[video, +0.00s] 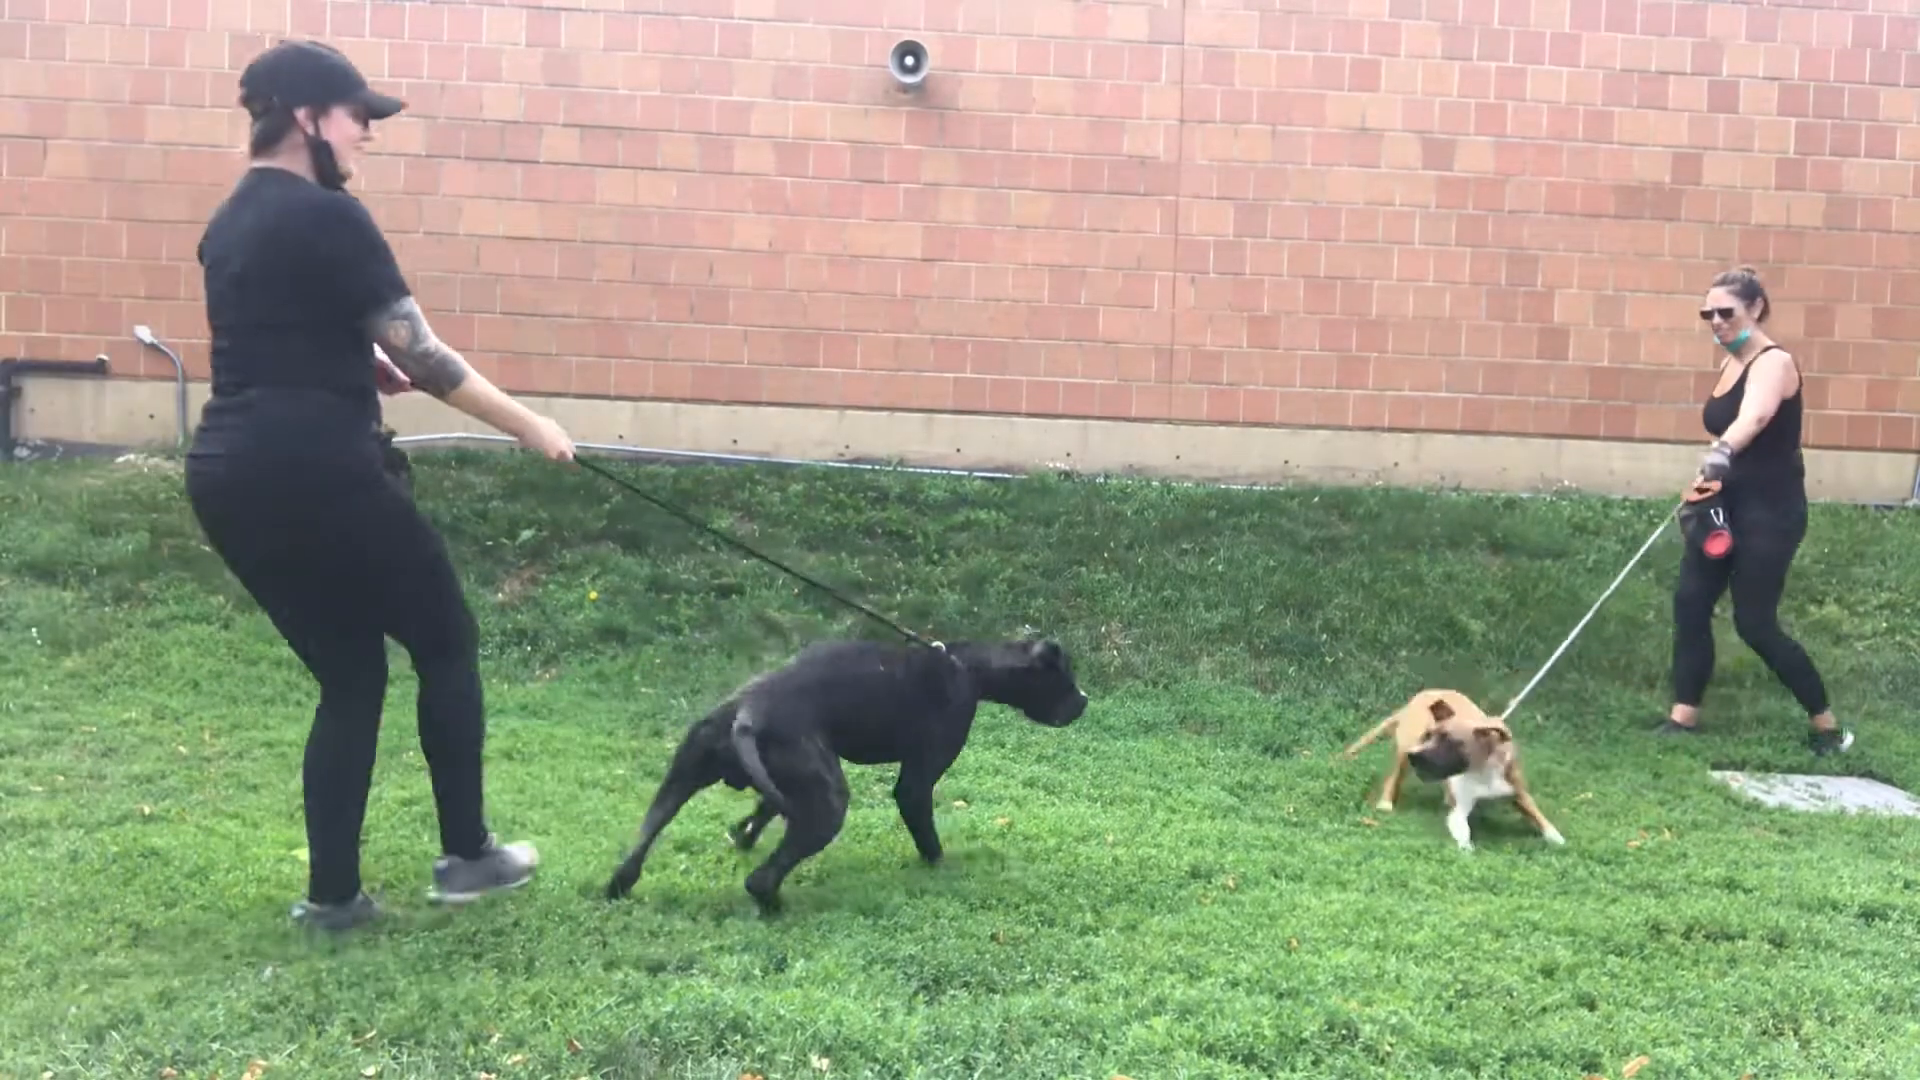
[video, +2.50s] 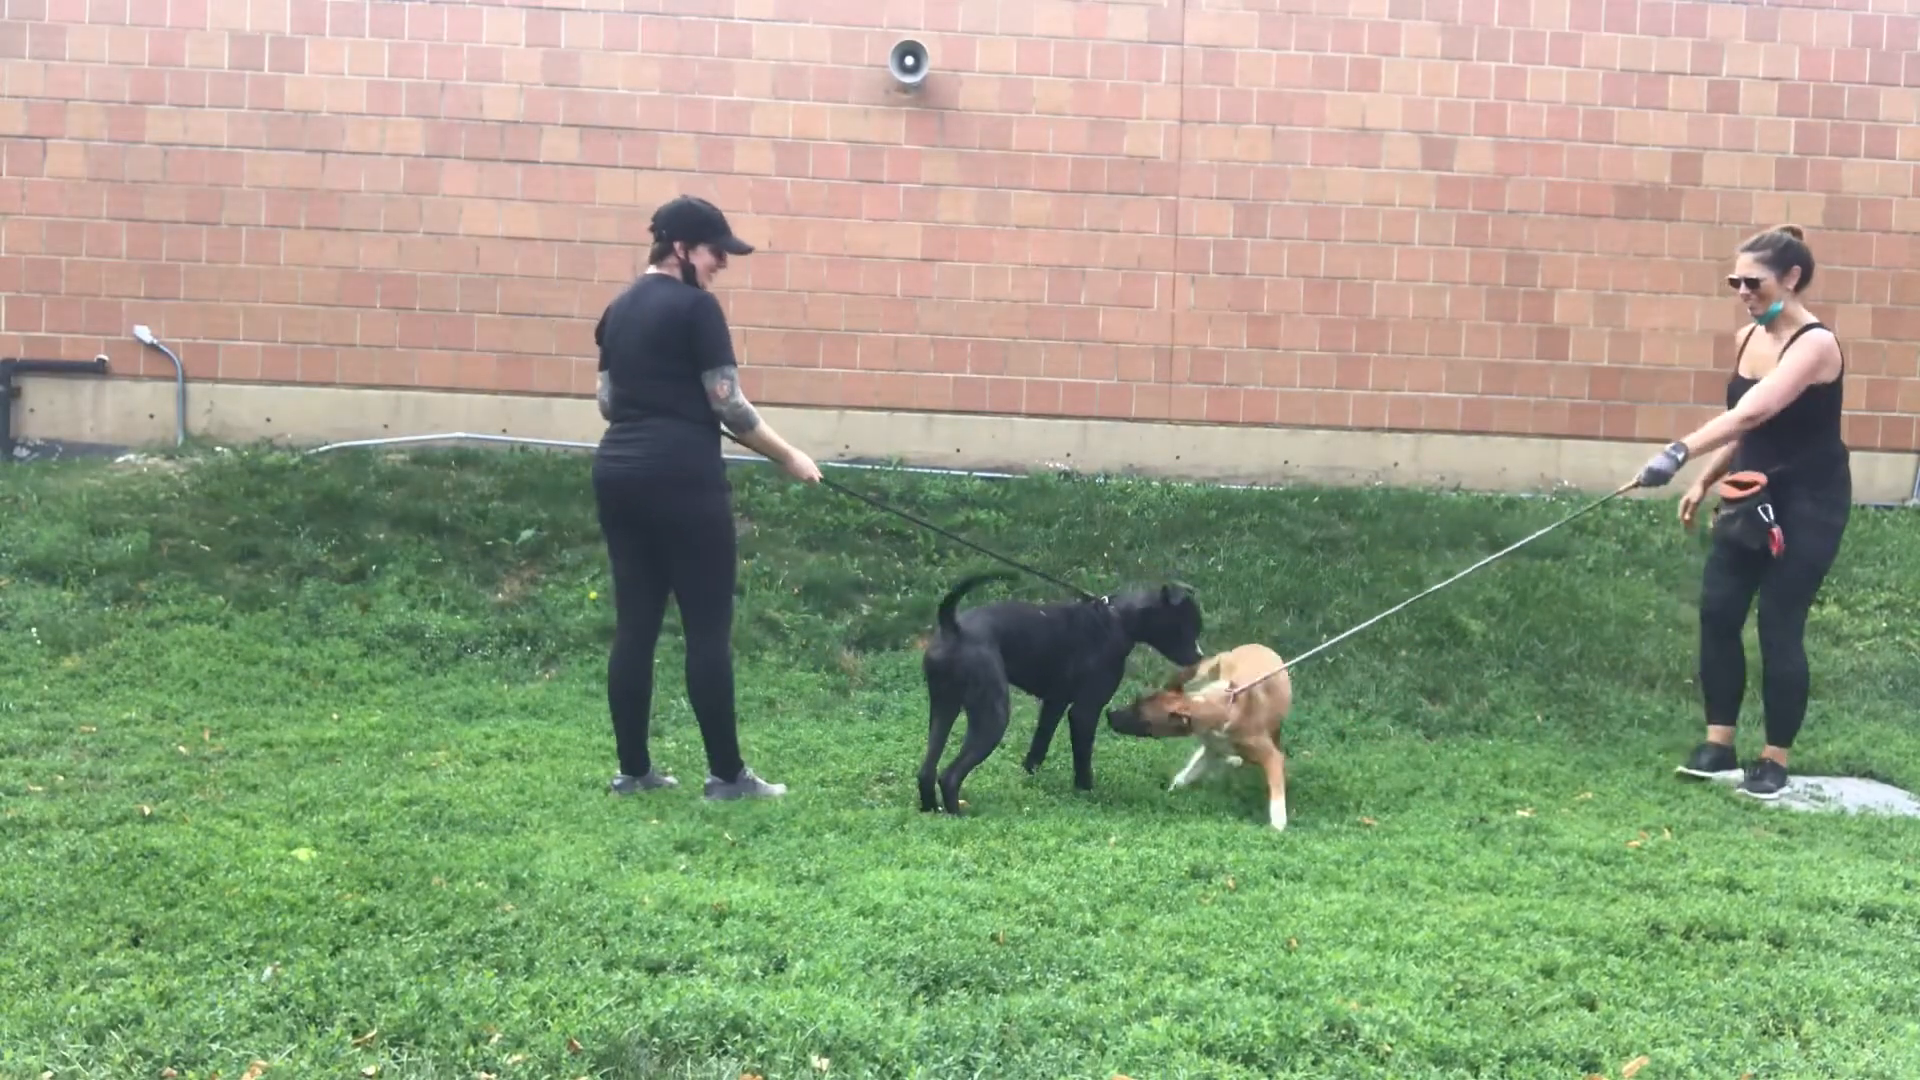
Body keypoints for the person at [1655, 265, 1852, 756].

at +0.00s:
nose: (1715, 323)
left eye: (1724, 313)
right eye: (1709, 315)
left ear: (1755, 309)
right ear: (1707, 316)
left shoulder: (1774, 362)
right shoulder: (1733, 363)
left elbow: (1755, 417)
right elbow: (1734, 434)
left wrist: (1720, 451)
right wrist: (1707, 489)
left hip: (1770, 512)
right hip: (1728, 506)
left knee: (1754, 622)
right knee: (1691, 600)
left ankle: (1824, 721)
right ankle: (1684, 715)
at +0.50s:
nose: (1647, 328)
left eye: (1657, 318)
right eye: (1641, 320)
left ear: (1687, 314)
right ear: (1638, 321)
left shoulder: (1702, 369)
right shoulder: (1673, 370)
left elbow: (1665, 439)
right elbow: (1671, 458)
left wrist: (1614, 475)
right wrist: (1640, 510)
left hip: (1707, 516)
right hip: (1674, 513)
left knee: (1665, 623)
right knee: (1631, 612)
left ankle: (1665, 749)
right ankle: (1677, 711)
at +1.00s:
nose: (1647, 318)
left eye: (1656, 308)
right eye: (1641, 310)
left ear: (1688, 302)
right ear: (1641, 309)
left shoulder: (1710, 357)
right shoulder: (1676, 356)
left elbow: (1702, 446)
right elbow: (1672, 442)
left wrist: (1630, 471)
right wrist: (1640, 495)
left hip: (1707, 508)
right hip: (1676, 504)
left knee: (1664, 622)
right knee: (1636, 611)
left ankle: (1664, 752)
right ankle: (1699, 716)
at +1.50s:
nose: (1689, 312)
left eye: (1699, 303)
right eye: (1685, 304)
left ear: (1732, 298)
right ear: (1686, 304)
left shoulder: (1761, 357)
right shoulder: (1699, 359)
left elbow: (1750, 440)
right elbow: (1687, 443)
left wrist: (1688, 457)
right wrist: (1656, 504)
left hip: (1742, 500)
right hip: (1700, 496)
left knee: (1686, 604)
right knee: (1683, 605)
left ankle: (1700, 736)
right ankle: (1710, 719)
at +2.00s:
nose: (1712, 304)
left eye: (1722, 295)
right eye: (1708, 295)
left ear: (1757, 292)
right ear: (1712, 296)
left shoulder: (1775, 353)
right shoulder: (1731, 349)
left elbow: (1710, 424)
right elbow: (1722, 434)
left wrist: (1642, 457)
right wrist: (1704, 491)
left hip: (1770, 502)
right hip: (1723, 495)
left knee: (1749, 615)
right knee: (1708, 610)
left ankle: (1770, 755)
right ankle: (1708, 729)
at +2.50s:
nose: (1742, 294)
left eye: (1752, 284)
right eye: (1738, 284)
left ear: (1792, 277)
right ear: (1739, 281)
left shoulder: (1816, 344)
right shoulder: (1750, 336)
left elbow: (1750, 412)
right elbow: (1743, 422)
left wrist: (1677, 451)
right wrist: (1704, 481)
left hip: (1809, 501)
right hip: (1751, 493)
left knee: (1778, 619)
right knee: (1718, 611)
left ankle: (1774, 759)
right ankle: (1718, 744)